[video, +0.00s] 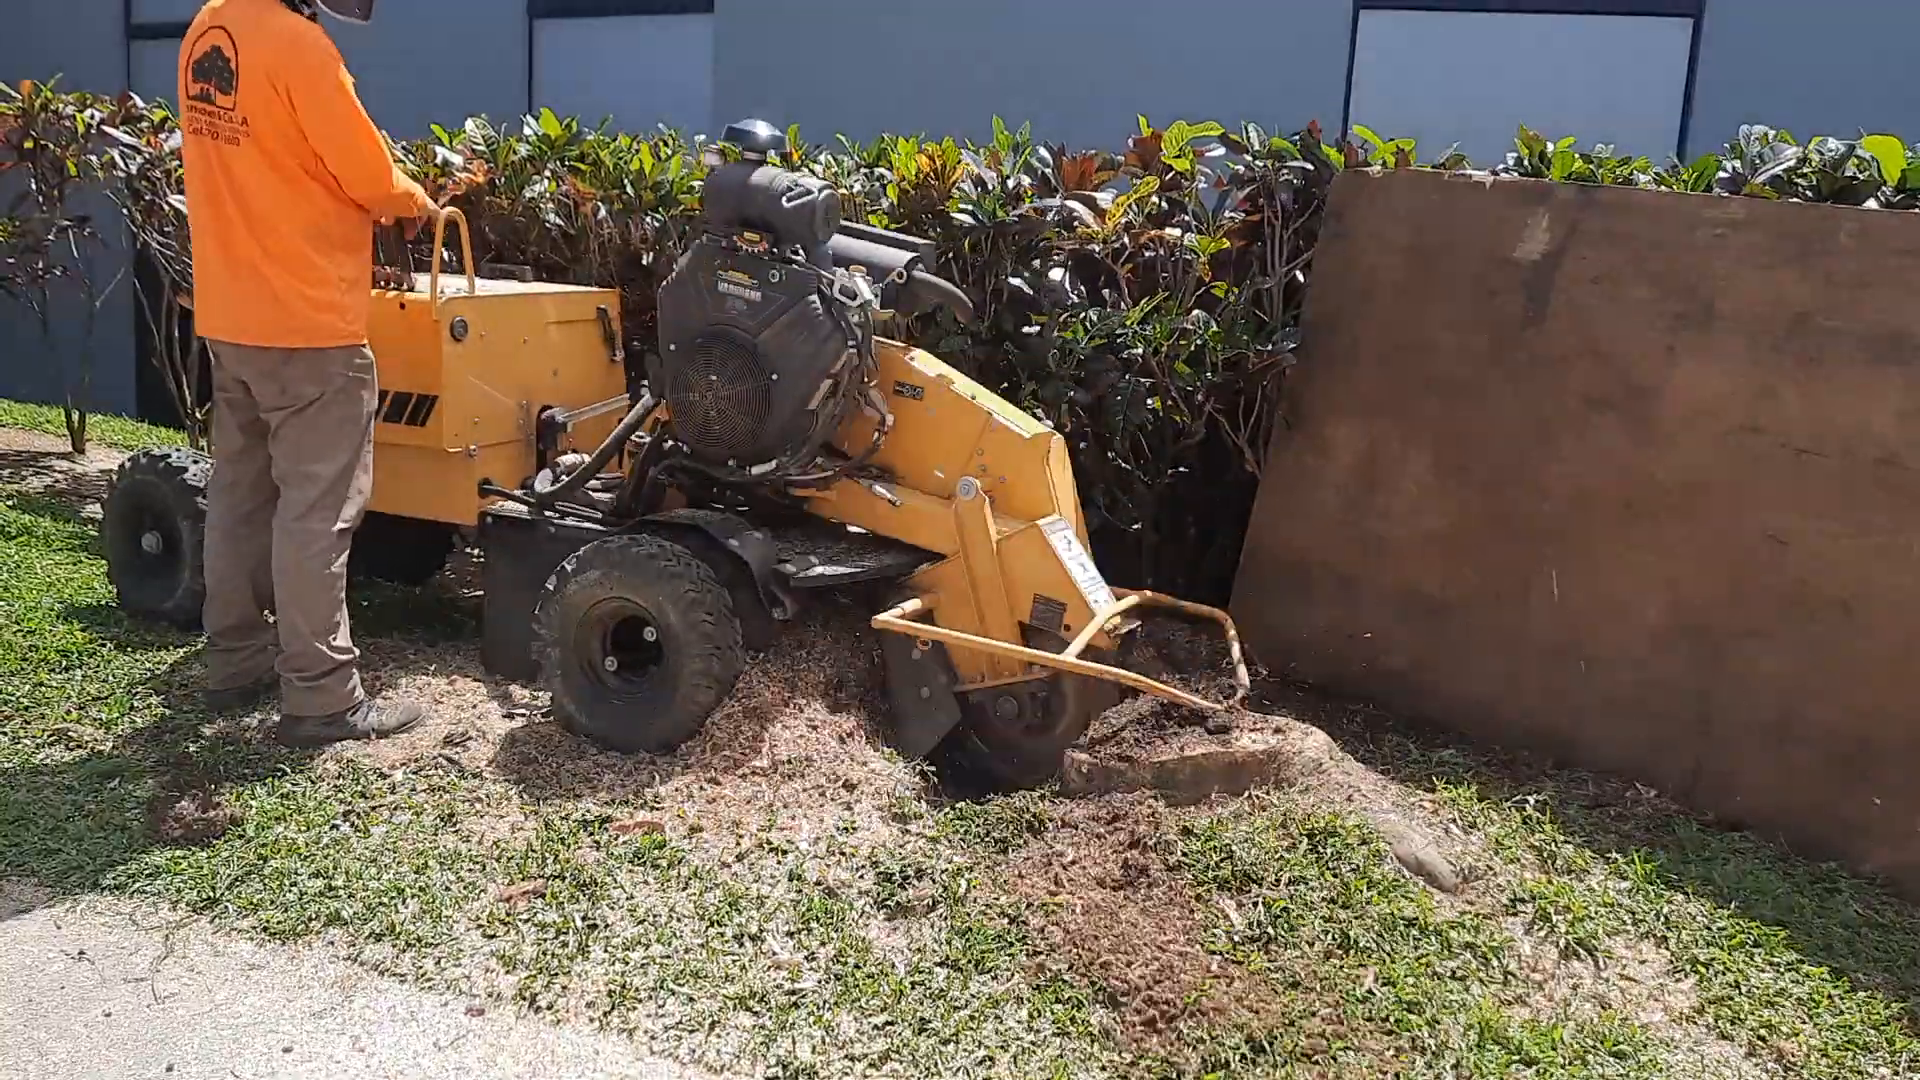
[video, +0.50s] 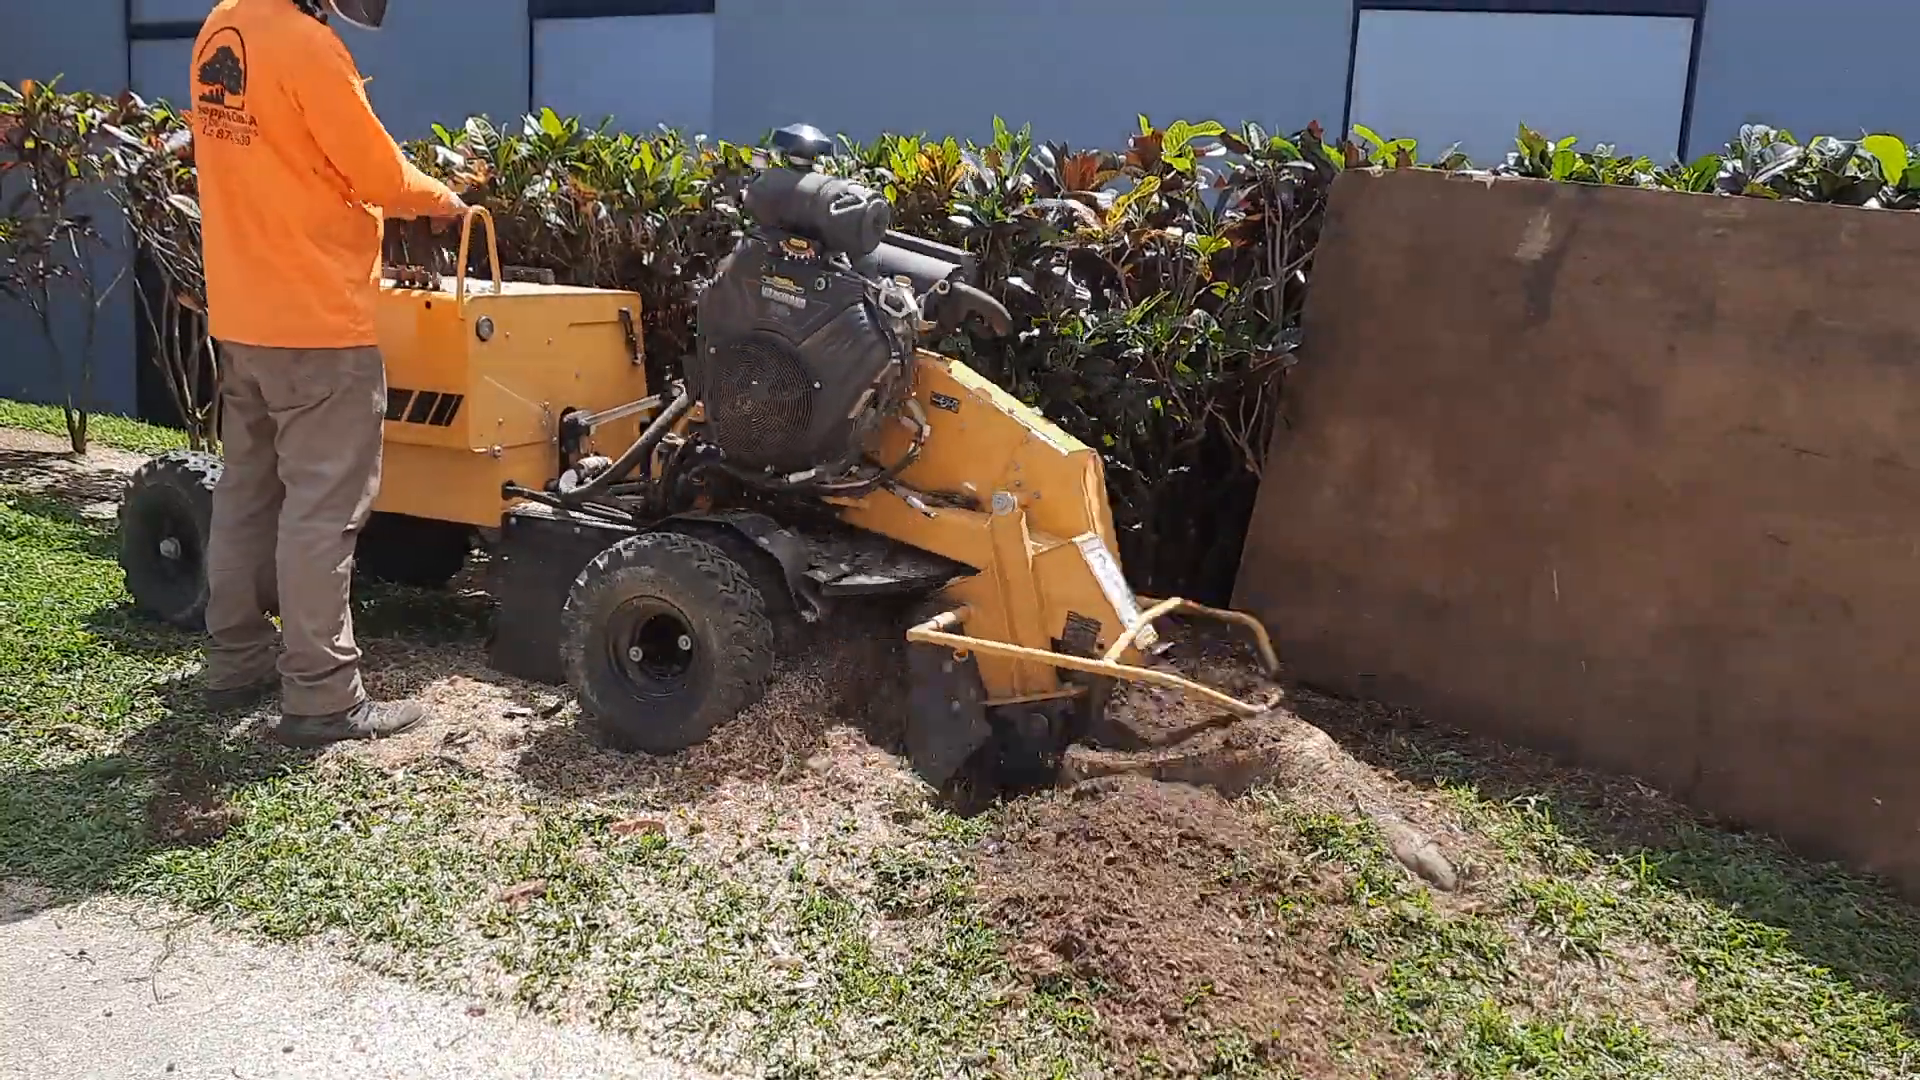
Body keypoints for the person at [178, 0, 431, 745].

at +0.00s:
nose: (367, 9)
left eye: (368, 3)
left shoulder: (207, 24)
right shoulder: (301, 45)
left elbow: (269, 158)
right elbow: (373, 178)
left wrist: (380, 200)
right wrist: (420, 203)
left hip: (229, 321)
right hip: (309, 326)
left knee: (238, 499)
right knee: (319, 507)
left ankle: (233, 665)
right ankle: (320, 698)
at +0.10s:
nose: (350, 11)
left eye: (349, 7)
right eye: (346, 4)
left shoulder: (208, 24)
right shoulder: (298, 45)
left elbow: (275, 163)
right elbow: (372, 168)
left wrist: (380, 203)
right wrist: (428, 192)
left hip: (230, 320)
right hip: (310, 325)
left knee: (239, 496)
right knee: (318, 506)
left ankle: (236, 663)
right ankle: (321, 698)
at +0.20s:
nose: (361, 11)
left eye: (363, 6)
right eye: (358, 2)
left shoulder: (215, 34)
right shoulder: (322, 56)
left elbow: (287, 157)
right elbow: (397, 176)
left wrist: (388, 198)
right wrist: (456, 201)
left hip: (245, 323)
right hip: (330, 328)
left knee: (247, 494)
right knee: (329, 505)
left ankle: (236, 660)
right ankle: (321, 695)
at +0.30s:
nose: (374, 15)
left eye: (375, 9)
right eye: (371, 6)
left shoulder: (228, 32)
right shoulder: (333, 52)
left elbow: (293, 153)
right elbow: (404, 177)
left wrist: (399, 179)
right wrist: (462, 197)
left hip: (248, 321)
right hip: (330, 329)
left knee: (248, 494)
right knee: (327, 507)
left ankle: (235, 662)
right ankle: (320, 696)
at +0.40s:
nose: (356, 10)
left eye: (355, 7)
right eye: (351, 4)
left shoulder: (215, 25)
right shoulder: (307, 45)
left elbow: (288, 162)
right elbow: (383, 171)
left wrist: (396, 195)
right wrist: (442, 196)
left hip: (236, 320)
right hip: (318, 325)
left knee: (241, 497)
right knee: (321, 507)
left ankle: (238, 660)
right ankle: (321, 698)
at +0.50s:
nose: (373, 11)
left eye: (370, 6)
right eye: (367, 3)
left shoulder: (220, 25)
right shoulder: (312, 48)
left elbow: (282, 159)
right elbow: (380, 174)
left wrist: (395, 195)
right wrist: (441, 200)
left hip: (239, 320)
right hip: (319, 325)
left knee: (246, 493)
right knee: (324, 504)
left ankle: (238, 662)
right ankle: (321, 696)